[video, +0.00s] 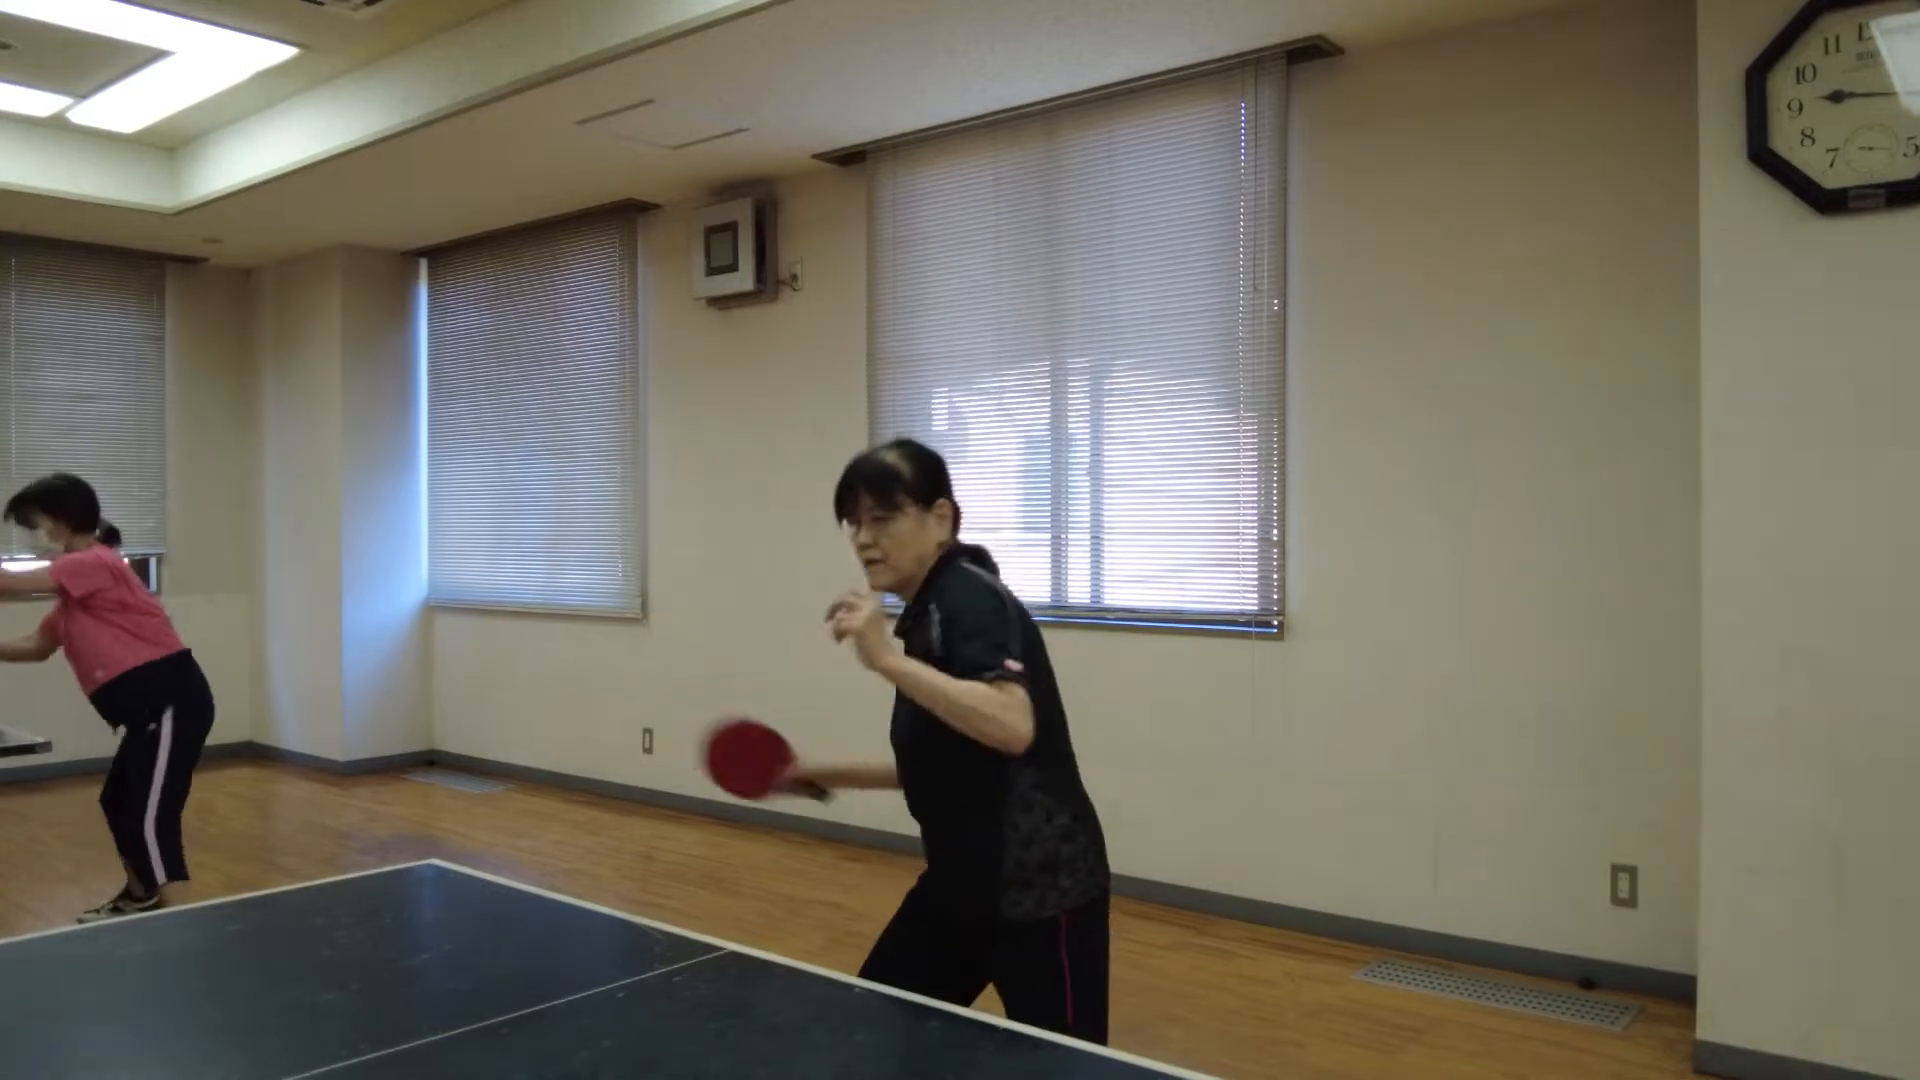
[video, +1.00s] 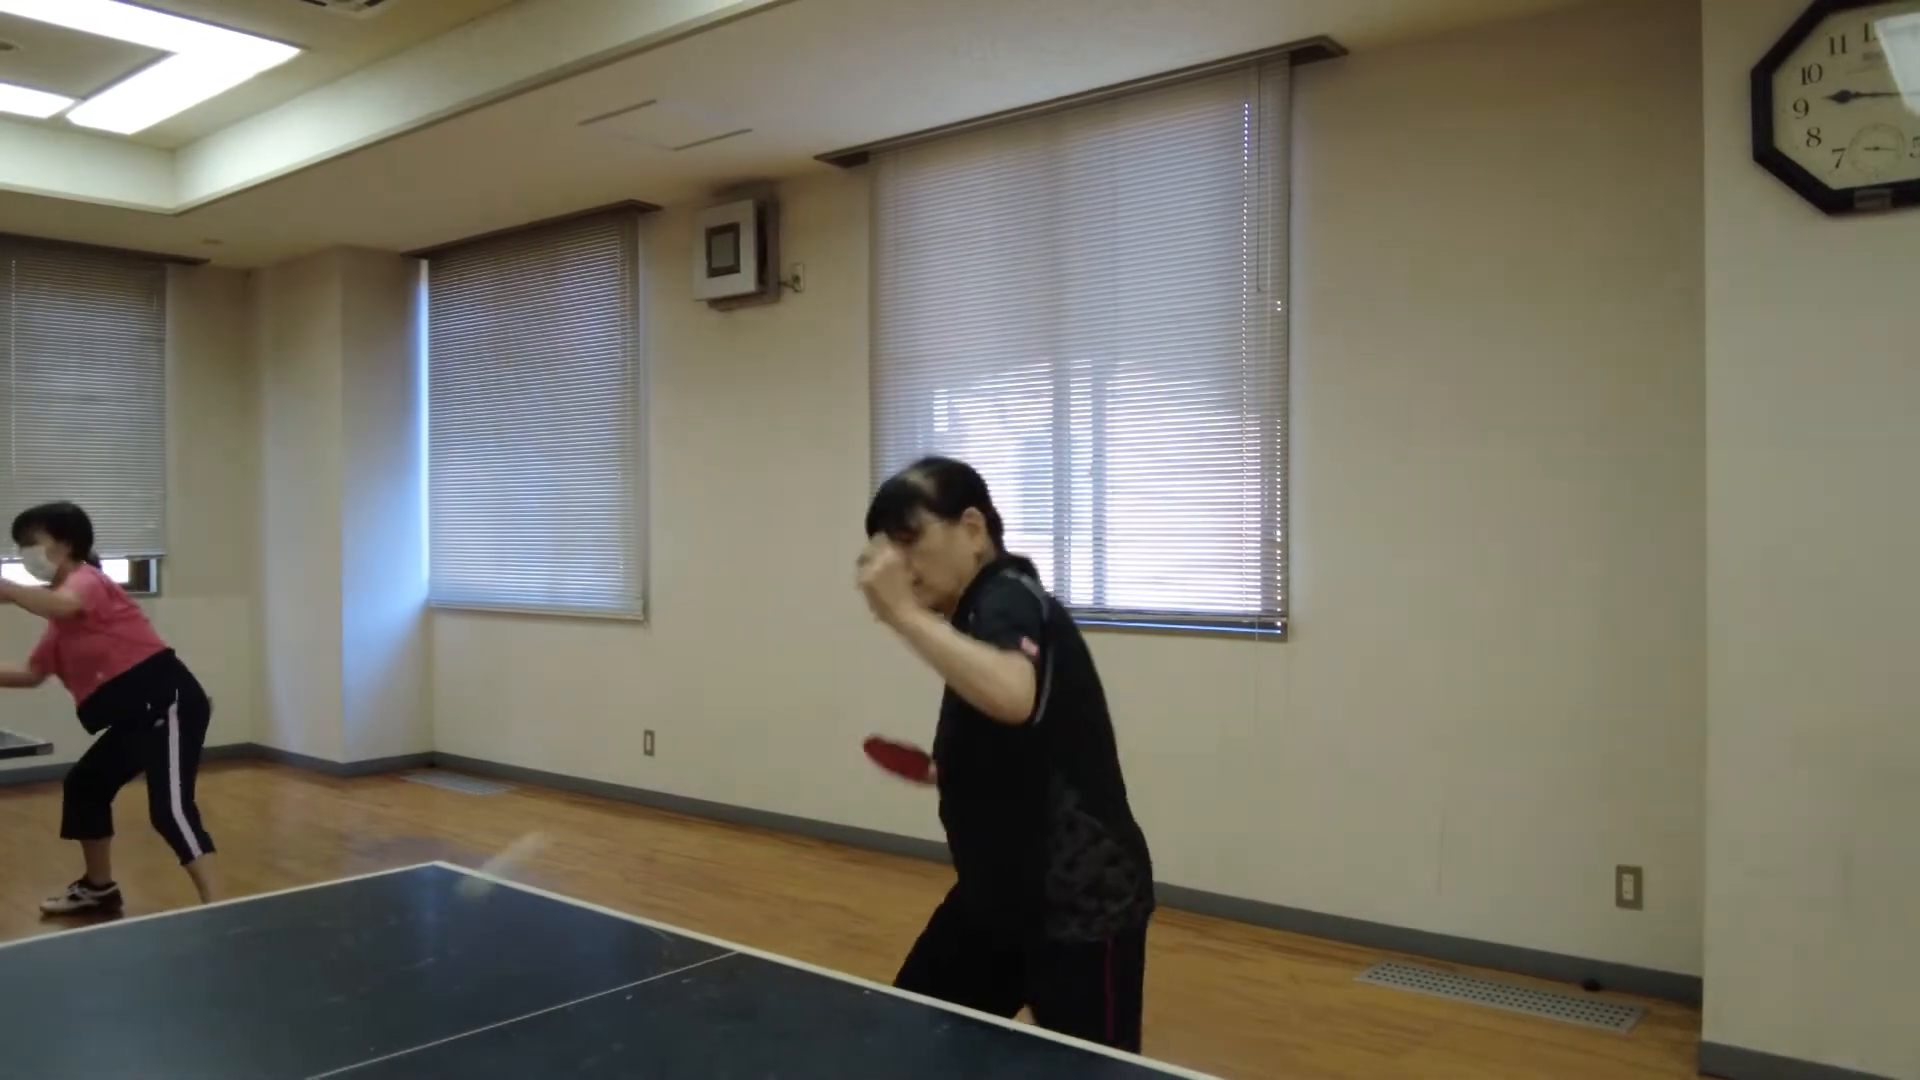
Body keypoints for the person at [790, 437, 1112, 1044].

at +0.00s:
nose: (863, 540)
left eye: (883, 519)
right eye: (855, 524)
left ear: (942, 518)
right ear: (849, 532)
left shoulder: (971, 597)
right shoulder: (926, 613)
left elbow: (1013, 725)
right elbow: (943, 769)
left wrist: (889, 659)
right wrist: (819, 777)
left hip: (1045, 888)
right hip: (967, 879)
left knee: (1064, 1065)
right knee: (870, 1029)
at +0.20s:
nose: (871, 535)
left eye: (877, 509)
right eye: (859, 523)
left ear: (935, 493)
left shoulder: (988, 562)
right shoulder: (948, 583)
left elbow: (959, 641)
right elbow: (963, 717)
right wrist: (864, 718)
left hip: (1059, 862)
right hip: (972, 857)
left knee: (1088, 1058)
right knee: (894, 1033)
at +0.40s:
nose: (934, 525)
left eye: (949, 499)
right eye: (926, 510)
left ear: (1004, 495)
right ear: (925, 521)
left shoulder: (1083, 574)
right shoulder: (950, 623)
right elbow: (862, 704)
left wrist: (1009, 500)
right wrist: (833, 597)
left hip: (1118, 880)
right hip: (1006, 882)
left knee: (1147, 1072)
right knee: (922, 1050)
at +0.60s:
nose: (965, 523)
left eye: (987, 501)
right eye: (956, 507)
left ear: (1049, 505)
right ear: (949, 518)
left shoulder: (1110, 600)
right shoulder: (964, 623)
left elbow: (1129, 707)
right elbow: (886, 728)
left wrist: (1035, 590)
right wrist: (845, 638)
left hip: (1115, 891)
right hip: (1005, 883)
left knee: (1140, 1076)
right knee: (919, 1049)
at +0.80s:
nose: (927, 541)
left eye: (948, 518)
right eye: (920, 524)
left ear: (1008, 523)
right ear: (913, 532)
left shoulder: (1049, 613)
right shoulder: (975, 629)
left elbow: (1081, 743)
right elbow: (967, 771)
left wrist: (956, 661)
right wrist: (847, 753)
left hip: (1087, 910)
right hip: (1003, 897)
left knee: (1093, 1074)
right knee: (906, 1042)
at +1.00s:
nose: (899, 560)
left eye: (911, 537)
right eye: (891, 545)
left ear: (973, 528)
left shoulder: (1008, 596)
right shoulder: (981, 610)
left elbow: (1014, 694)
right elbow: (1038, 757)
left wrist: (901, 611)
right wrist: (946, 771)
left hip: (1079, 903)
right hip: (1001, 889)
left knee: (1095, 1071)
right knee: (906, 1039)